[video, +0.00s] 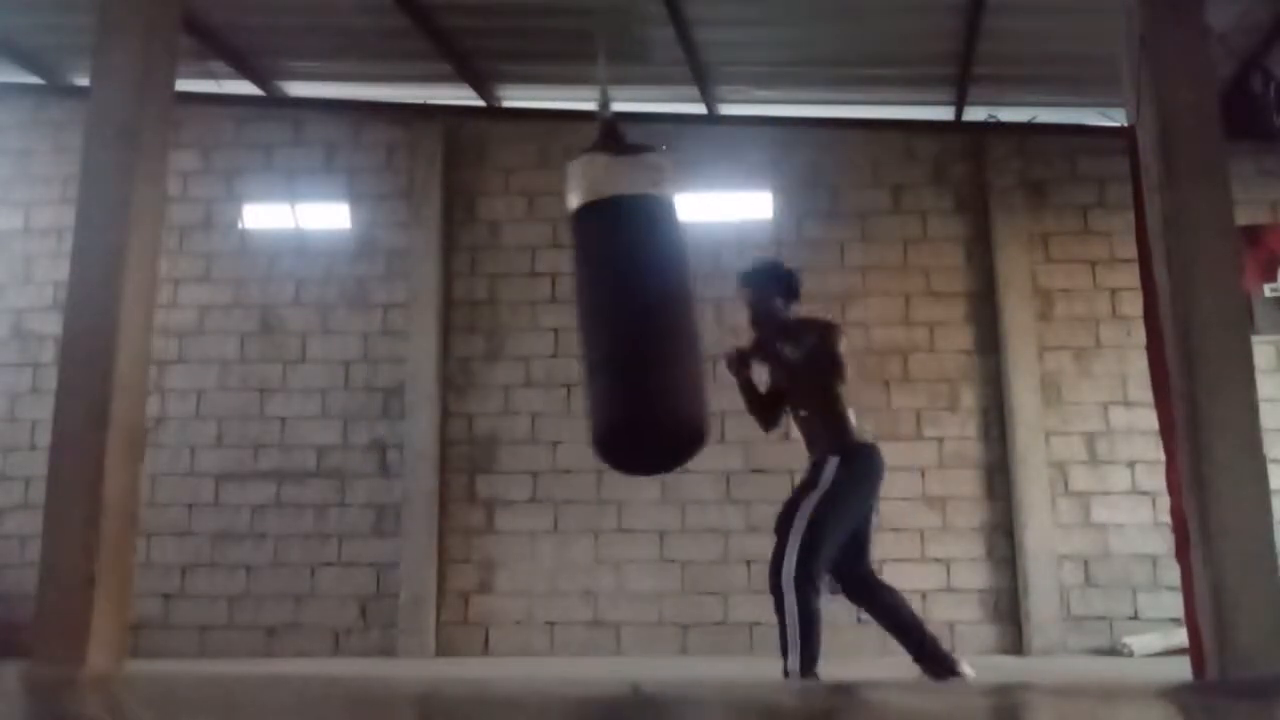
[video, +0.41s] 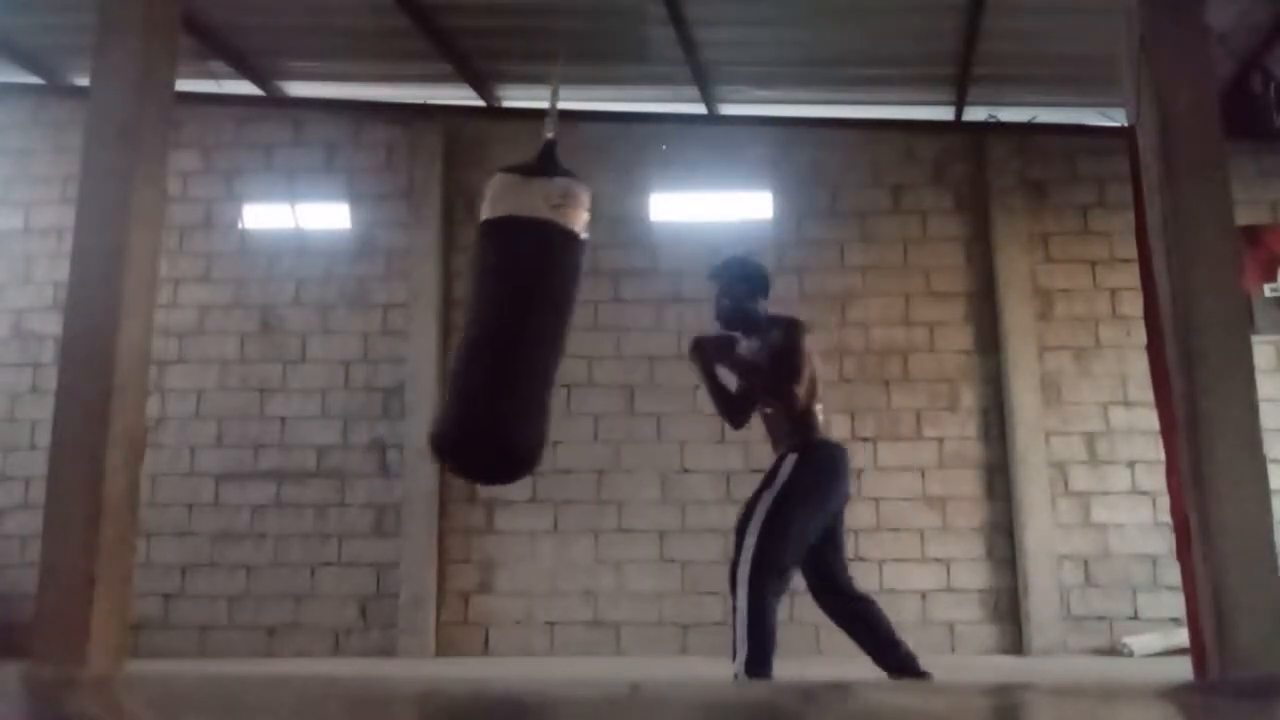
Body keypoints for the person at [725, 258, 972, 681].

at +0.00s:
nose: (749, 310)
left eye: (755, 300)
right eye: (747, 301)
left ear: (778, 299)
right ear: (761, 302)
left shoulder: (814, 332)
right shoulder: (773, 350)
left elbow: (828, 375)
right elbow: (767, 416)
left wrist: (774, 348)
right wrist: (742, 377)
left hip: (842, 464)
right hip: (850, 464)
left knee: (791, 570)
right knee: (854, 576)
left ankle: (800, 685)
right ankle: (945, 670)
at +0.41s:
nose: (716, 303)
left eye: (724, 293)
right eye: (716, 293)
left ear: (746, 296)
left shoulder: (787, 332)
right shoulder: (741, 348)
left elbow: (792, 397)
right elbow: (735, 416)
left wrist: (739, 359)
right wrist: (706, 366)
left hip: (809, 462)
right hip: (816, 464)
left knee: (752, 568)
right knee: (831, 585)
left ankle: (751, 686)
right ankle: (909, 675)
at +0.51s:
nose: (692, 298)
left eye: (699, 287)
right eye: (692, 288)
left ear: (722, 288)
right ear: (728, 290)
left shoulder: (765, 323)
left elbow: (751, 386)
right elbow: (738, 411)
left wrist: (705, 338)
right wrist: (695, 382)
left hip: (791, 453)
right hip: (807, 452)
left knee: (744, 565)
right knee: (809, 578)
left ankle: (748, 680)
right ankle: (896, 669)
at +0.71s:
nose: (677, 305)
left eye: (684, 295)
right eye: (676, 295)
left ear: (708, 293)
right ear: (708, 295)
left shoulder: (744, 326)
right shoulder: (721, 343)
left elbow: (716, 392)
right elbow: (688, 398)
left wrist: (657, 344)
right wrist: (651, 382)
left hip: (777, 455)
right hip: (794, 456)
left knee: (708, 553)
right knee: (780, 575)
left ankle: (723, 676)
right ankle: (837, 680)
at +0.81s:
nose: (666, 313)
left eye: (672, 303)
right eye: (667, 303)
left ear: (696, 304)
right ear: (705, 305)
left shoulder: (724, 341)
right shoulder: (741, 343)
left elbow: (682, 402)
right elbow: (686, 404)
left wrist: (648, 356)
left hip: (750, 459)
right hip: (785, 460)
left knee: (663, 546)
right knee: (782, 578)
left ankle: (671, 664)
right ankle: (836, 679)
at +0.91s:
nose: (647, 318)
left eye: (653, 308)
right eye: (647, 308)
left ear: (671, 308)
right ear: (694, 309)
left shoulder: (683, 341)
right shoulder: (731, 344)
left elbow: (630, 351)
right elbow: (720, 424)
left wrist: (572, 350)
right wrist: (660, 408)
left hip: (725, 462)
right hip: (769, 462)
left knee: (655, 560)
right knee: (773, 579)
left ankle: (615, 671)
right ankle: (832, 675)